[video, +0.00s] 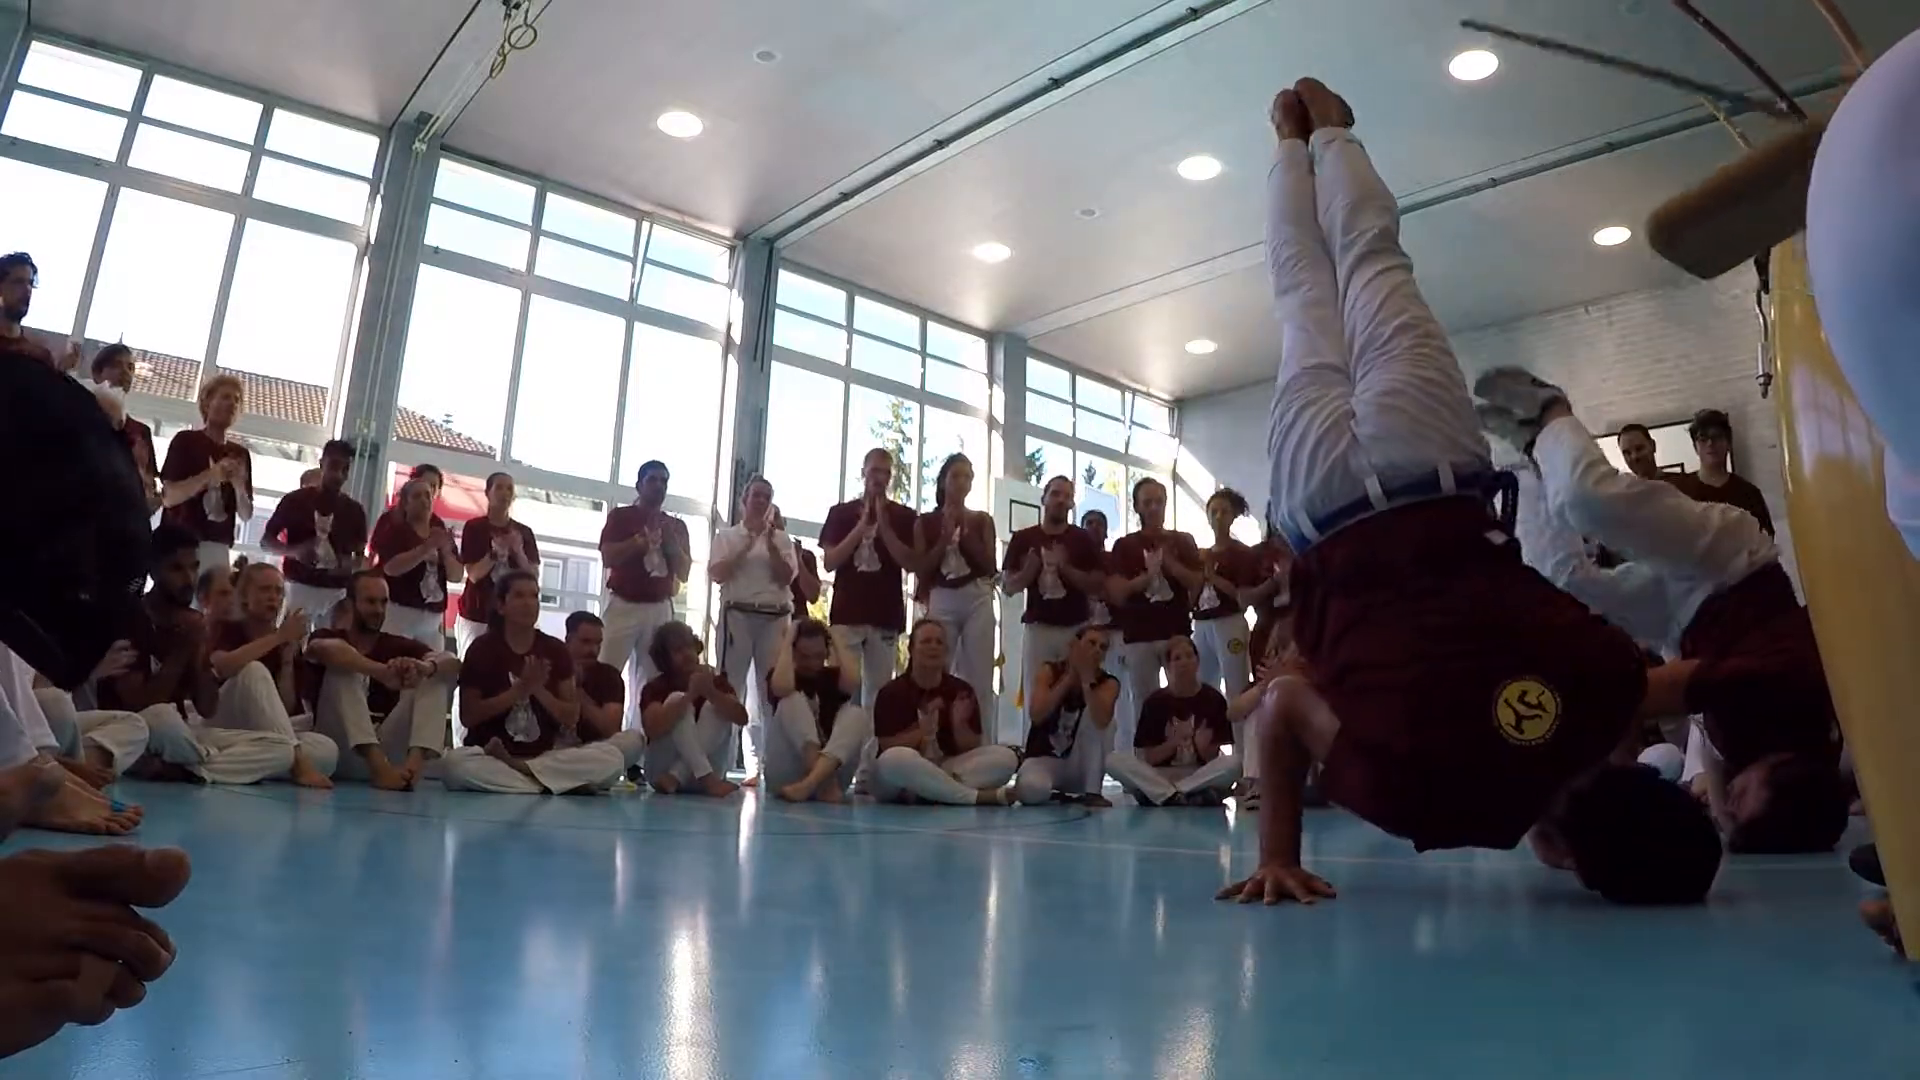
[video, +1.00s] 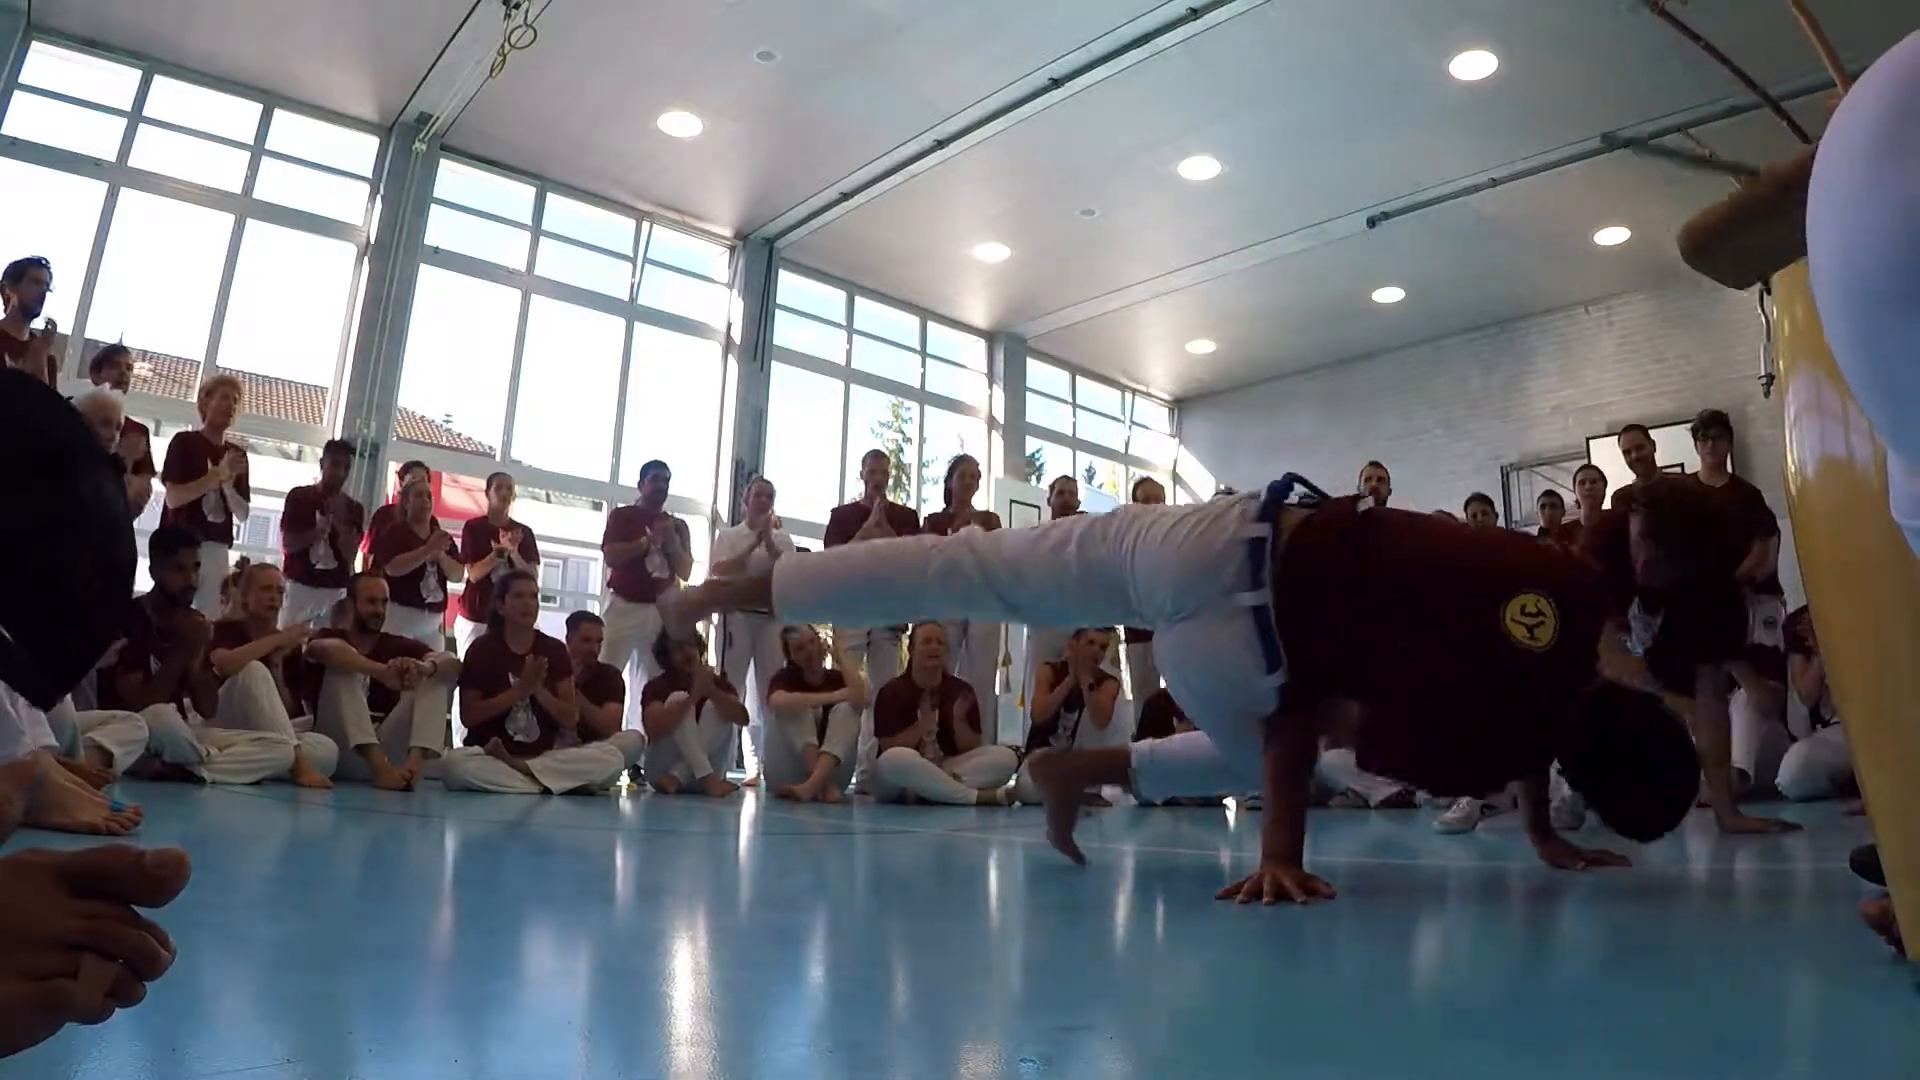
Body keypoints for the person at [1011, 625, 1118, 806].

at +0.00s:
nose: (1096, 651)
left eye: (1102, 647)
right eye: (1091, 643)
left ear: (1106, 654)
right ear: (1075, 644)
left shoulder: (1108, 683)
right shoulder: (1049, 670)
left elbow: (1101, 718)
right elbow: (1037, 714)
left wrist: (1087, 675)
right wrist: (1070, 676)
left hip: (1082, 764)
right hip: (1043, 761)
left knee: (1096, 712)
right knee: (1031, 792)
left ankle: (1093, 792)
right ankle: (1057, 798)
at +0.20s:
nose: (1096, 650)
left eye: (1102, 647)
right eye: (1091, 643)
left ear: (1105, 653)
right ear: (1073, 643)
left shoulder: (1107, 682)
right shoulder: (1049, 670)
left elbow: (1100, 718)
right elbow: (1037, 715)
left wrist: (1087, 680)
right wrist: (1062, 677)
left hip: (1081, 764)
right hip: (1043, 761)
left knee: (1095, 712)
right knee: (1031, 792)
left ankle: (1093, 792)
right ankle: (1056, 797)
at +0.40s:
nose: (1097, 651)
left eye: (1102, 647)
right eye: (1091, 643)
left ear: (1106, 653)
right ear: (1074, 644)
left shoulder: (1107, 682)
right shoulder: (1049, 671)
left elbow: (1099, 718)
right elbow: (1038, 715)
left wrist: (1086, 676)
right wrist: (1068, 674)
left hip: (1081, 763)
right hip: (1043, 761)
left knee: (1095, 711)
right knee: (1031, 792)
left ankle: (1092, 792)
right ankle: (1057, 797)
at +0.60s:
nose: (1096, 651)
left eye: (1102, 648)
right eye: (1091, 643)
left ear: (1105, 654)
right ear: (1074, 643)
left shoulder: (1106, 681)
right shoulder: (1049, 671)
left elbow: (1100, 718)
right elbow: (1038, 715)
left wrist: (1085, 674)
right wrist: (1069, 679)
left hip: (1081, 763)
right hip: (1043, 761)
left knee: (1095, 712)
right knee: (1031, 792)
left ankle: (1092, 792)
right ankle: (1057, 797)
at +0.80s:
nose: (1096, 651)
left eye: (1102, 647)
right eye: (1090, 643)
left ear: (1106, 654)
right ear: (1073, 645)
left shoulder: (1107, 682)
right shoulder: (1049, 671)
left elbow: (1101, 720)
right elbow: (1037, 715)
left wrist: (1089, 682)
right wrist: (1063, 676)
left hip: (1084, 760)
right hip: (1044, 757)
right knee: (1033, 790)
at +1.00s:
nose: (1096, 652)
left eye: (1103, 648)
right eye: (1091, 643)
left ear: (1106, 652)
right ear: (1074, 643)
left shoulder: (1108, 682)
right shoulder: (1049, 670)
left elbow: (1101, 720)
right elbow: (1038, 715)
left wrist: (1085, 676)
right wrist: (1071, 679)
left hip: (1076, 759)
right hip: (1040, 754)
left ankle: (1011, 794)